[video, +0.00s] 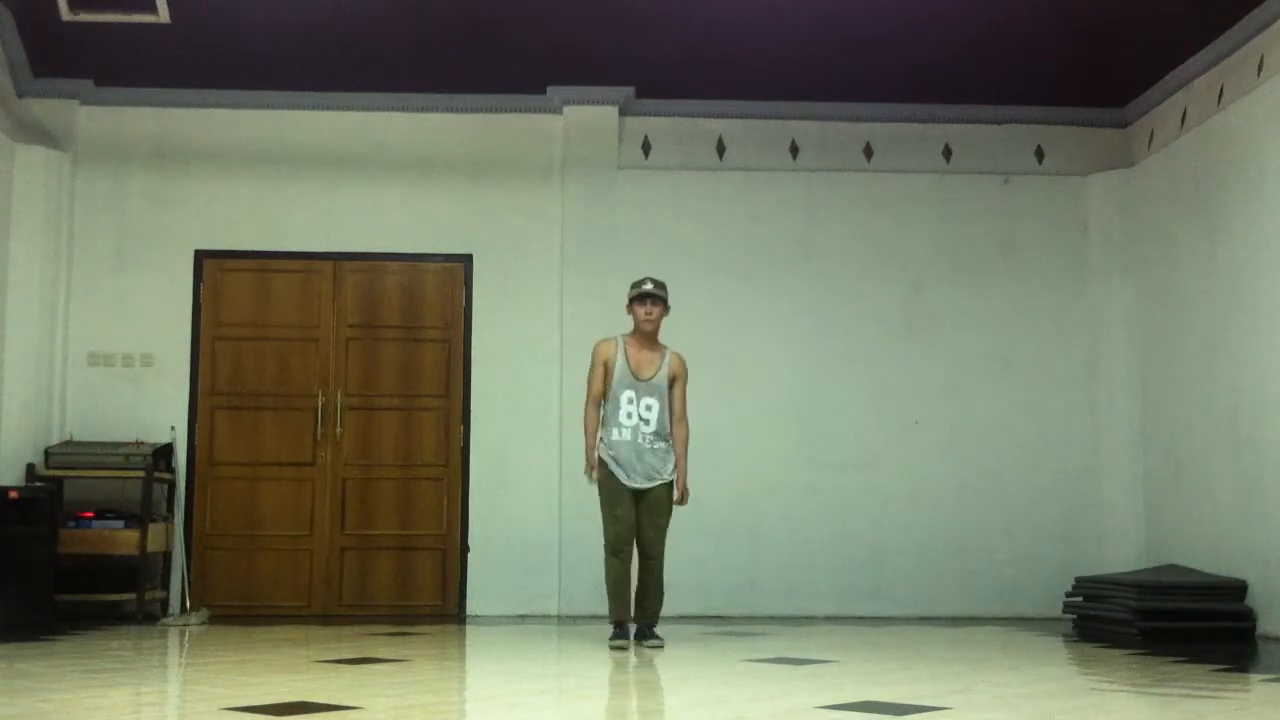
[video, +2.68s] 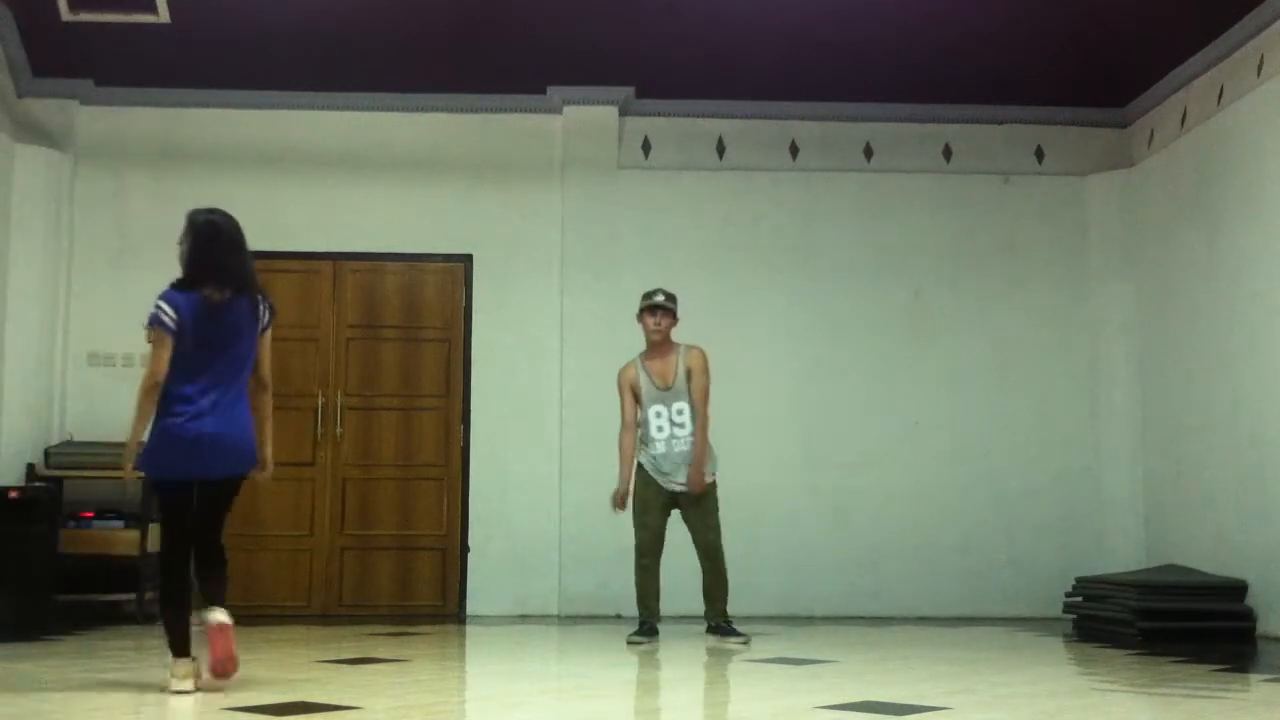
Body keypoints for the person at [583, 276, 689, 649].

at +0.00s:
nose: (648, 308)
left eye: (655, 302)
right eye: (641, 301)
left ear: (665, 310)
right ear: (630, 308)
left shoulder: (674, 363)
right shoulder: (607, 350)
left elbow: (679, 421)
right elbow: (593, 403)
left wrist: (681, 473)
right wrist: (591, 451)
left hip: (659, 470)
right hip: (614, 467)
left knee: (652, 549)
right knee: (618, 546)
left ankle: (647, 624)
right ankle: (620, 624)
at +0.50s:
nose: (626, 317)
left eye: (634, 312)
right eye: (620, 311)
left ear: (643, 318)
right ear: (610, 316)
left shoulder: (660, 359)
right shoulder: (594, 367)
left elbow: (668, 407)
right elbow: (592, 419)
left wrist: (681, 431)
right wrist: (582, 438)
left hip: (648, 472)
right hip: (607, 473)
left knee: (648, 546)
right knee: (608, 550)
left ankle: (650, 621)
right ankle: (614, 622)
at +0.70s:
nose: (636, 325)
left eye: (643, 320)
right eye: (630, 318)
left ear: (651, 325)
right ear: (618, 319)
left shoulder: (660, 366)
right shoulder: (595, 365)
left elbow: (676, 416)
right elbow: (580, 419)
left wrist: (707, 394)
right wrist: (567, 392)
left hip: (653, 472)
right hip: (609, 473)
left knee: (663, 540)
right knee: (609, 549)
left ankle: (676, 615)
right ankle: (614, 624)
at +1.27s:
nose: (668, 335)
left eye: (676, 329)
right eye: (663, 328)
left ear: (685, 335)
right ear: (653, 330)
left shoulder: (695, 376)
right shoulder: (631, 372)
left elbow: (720, 421)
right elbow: (604, 413)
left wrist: (742, 388)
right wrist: (594, 373)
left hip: (689, 484)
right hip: (643, 482)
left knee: (714, 548)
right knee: (624, 547)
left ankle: (716, 621)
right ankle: (615, 623)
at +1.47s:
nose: (678, 328)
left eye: (687, 323)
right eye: (674, 321)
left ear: (699, 328)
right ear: (667, 324)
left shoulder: (713, 366)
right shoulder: (649, 358)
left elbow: (748, 399)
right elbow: (604, 383)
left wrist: (761, 431)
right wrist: (609, 405)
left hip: (698, 480)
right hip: (652, 476)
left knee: (714, 550)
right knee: (631, 546)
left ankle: (716, 619)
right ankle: (616, 622)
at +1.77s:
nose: (704, 326)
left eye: (712, 321)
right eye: (700, 320)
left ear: (727, 327)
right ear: (694, 324)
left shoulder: (739, 374)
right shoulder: (675, 361)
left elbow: (748, 427)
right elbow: (635, 401)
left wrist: (748, 475)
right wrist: (624, 451)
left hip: (716, 483)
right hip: (670, 477)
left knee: (726, 553)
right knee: (641, 547)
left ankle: (718, 621)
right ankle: (620, 618)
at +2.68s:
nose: (657, 320)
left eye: (665, 314)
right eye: (651, 313)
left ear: (674, 320)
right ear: (641, 319)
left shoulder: (693, 358)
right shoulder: (630, 373)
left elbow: (701, 416)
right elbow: (628, 430)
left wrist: (697, 467)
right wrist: (624, 483)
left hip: (694, 475)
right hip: (650, 477)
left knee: (711, 551)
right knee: (646, 552)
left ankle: (718, 620)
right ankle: (648, 622)